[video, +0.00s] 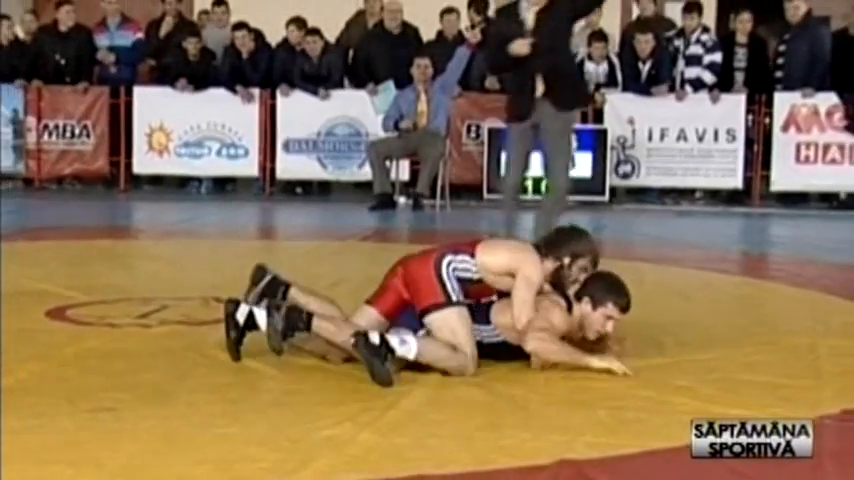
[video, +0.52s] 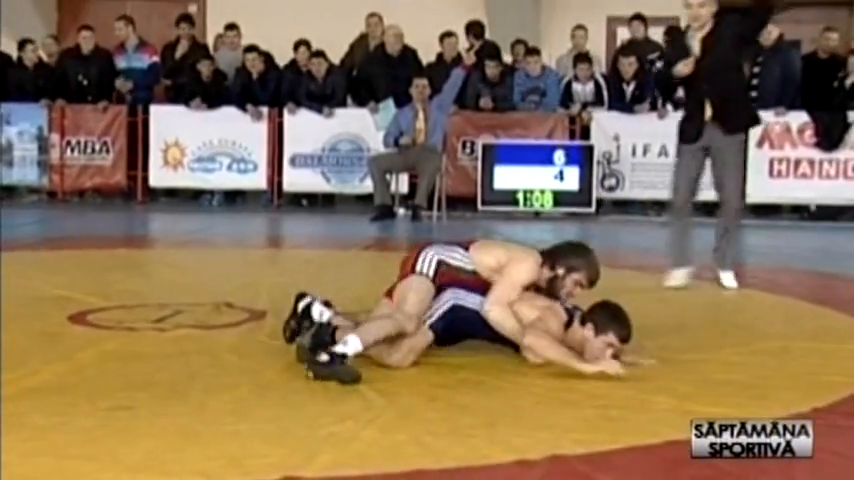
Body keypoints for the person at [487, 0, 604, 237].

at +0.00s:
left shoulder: (563, 8)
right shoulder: (503, 16)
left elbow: (593, 2)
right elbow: (493, 63)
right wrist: (509, 51)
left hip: (558, 100)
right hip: (521, 101)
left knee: (558, 180)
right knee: (513, 177)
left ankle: (544, 237)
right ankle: (507, 235)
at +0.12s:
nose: (579, 4)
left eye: (582, 2)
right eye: (575, 1)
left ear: (588, 1)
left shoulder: (602, 14)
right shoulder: (544, 20)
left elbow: (633, 6)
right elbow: (529, 62)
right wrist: (545, 50)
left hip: (595, 108)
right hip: (560, 108)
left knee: (610, 180)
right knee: (562, 184)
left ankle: (612, 242)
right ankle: (567, 246)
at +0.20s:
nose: (600, 12)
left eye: (606, 7)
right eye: (595, 6)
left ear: (615, 10)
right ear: (585, 8)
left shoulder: (624, 32)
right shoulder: (569, 37)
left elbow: (656, 26)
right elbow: (548, 80)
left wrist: (666, 2)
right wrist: (569, 65)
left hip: (621, 126)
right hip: (585, 127)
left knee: (648, 192)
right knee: (582, 197)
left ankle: (667, 251)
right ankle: (578, 258)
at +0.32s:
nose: (636, 23)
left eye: (642, 17)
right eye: (630, 17)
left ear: (653, 20)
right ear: (623, 21)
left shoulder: (664, 46)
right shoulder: (611, 56)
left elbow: (696, 37)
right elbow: (592, 102)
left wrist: (704, 13)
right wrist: (609, 83)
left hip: (664, 143)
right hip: (627, 144)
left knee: (694, 206)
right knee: (600, 206)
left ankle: (718, 267)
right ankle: (573, 264)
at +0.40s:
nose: (661, 22)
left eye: (668, 15)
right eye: (655, 16)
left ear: (680, 18)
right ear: (648, 21)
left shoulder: (696, 43)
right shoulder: (641, 51)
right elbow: (625, 99)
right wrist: (636, 83)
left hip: (697, 141)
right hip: (660, 140)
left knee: (714, 206)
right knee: (628, 205)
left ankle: (717, 268)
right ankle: (583, 257)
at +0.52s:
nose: (694, 13)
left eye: (700, 6)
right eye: (689, 7)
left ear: (713, 7)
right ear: (685, 10)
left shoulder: (732, 28)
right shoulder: (677, 38)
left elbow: (764, 9)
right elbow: (663, 86)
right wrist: (674, 73)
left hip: (730, 125)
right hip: (693, 124)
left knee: (732, 202)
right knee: (681, 199)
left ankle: (725, 264)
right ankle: (680, 264)